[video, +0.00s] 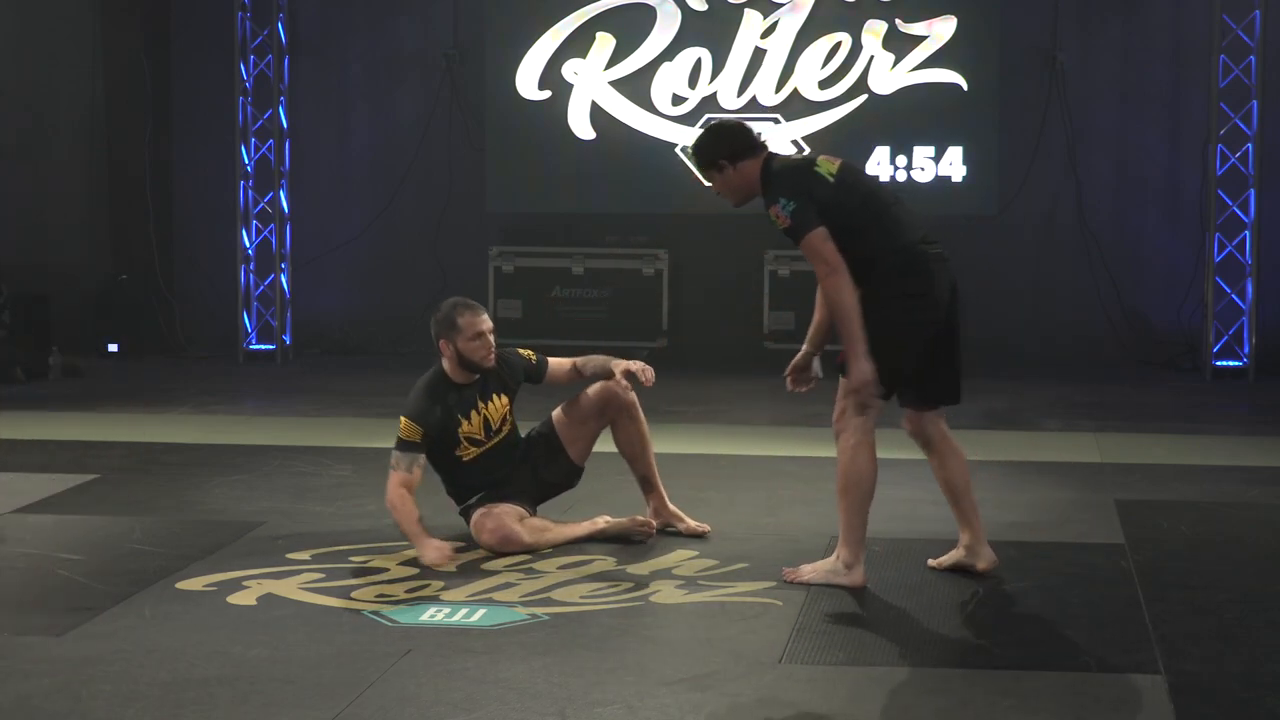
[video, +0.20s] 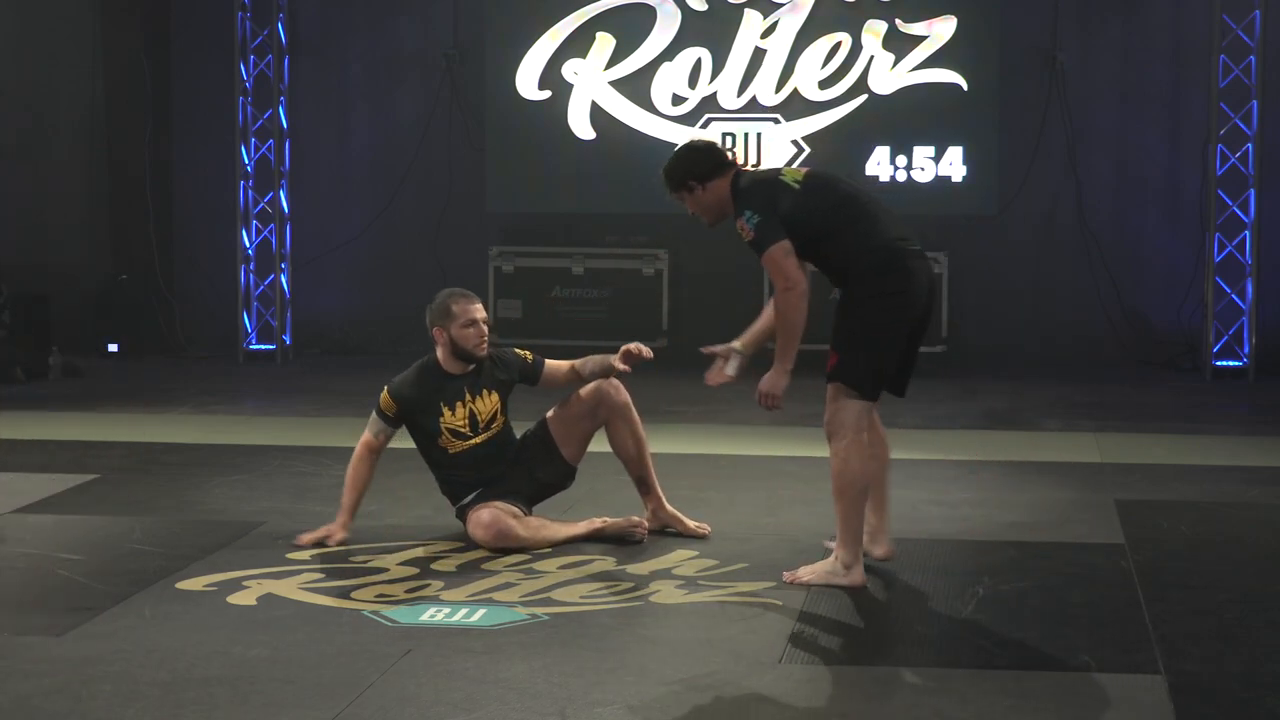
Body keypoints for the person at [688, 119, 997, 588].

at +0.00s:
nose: (717, 191)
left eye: (713, 180)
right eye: (712, 183)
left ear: (731, 166)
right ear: (751, 152)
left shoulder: (781, 188)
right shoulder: (806, 168)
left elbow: (835, 273)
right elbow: (833, 272)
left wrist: (858, 356)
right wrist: (811, 348)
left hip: (891, 294)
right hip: (932, 286)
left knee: (852, 417)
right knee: (923, 421)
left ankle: (847, 560)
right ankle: (975, 544)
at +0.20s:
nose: (691, 212)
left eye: (688, 199)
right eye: (685, 203)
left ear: (706, 184)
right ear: (718, 175)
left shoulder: (752, 202)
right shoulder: (767, 189)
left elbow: (792, 287)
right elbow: (789, 289)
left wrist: (781, 368)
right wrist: (740, 346)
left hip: (878, 285)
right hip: (903, 277)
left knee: (843, 422)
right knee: (861, 411)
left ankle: (847, 560)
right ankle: (877, 536)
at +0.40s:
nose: (666, 223)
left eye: (663, 211)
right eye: (661, 214)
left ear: (680, 197)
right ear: (689, 195)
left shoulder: (730, 206)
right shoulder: (732, 214)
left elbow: (781, 268)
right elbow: (696, 292)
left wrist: (781, 349)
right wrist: (640, 331)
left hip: (861, 290)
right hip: (863, 287)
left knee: (815, 419)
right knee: (825, 417)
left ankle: (845, 557)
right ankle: (808, 538)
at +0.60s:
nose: (643, 237)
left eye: (642, 224)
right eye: (639, 228)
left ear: (662, 208)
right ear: (665, 209)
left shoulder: (706, 212)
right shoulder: (708, 243)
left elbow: (755, 259)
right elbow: (659, 312)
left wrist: (726, 339)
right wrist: (592, 338)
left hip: (824, 298)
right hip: (851, 296)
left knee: (735, 405)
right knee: (791, 410)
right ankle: (804, 537)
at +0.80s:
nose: (616, 233)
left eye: (612, 221)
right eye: (610, 225)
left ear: (628, 207)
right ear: (652, 198)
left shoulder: (663, 223)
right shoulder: (696, 224)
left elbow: (652, 316)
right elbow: (660, 331)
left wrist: (595, 342)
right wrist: (601, 367)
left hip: (785, 301)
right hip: (822, 296)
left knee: (703, 414)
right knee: (766, 414)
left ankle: (693, 547)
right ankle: (797, 537)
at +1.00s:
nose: (580, 249)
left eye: (577, 238)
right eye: (575, 241)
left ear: (593, 223)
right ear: (615, 211)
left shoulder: (614, 244)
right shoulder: (663, 235)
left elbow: (587, 334)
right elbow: (639, 338)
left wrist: (561, 395)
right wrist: (593, 397)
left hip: (761, 294)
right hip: (797, 285)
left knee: (686, 414)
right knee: (748, 387)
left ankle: (691, 547)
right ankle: (793, 500)